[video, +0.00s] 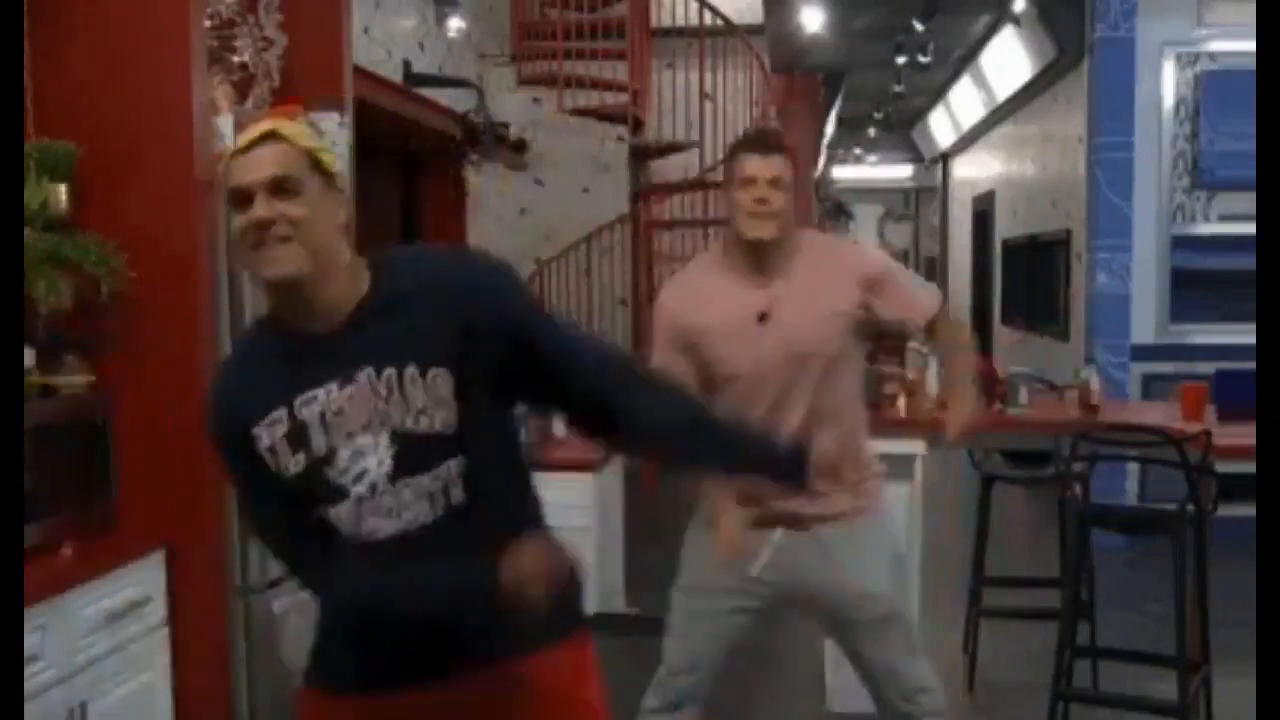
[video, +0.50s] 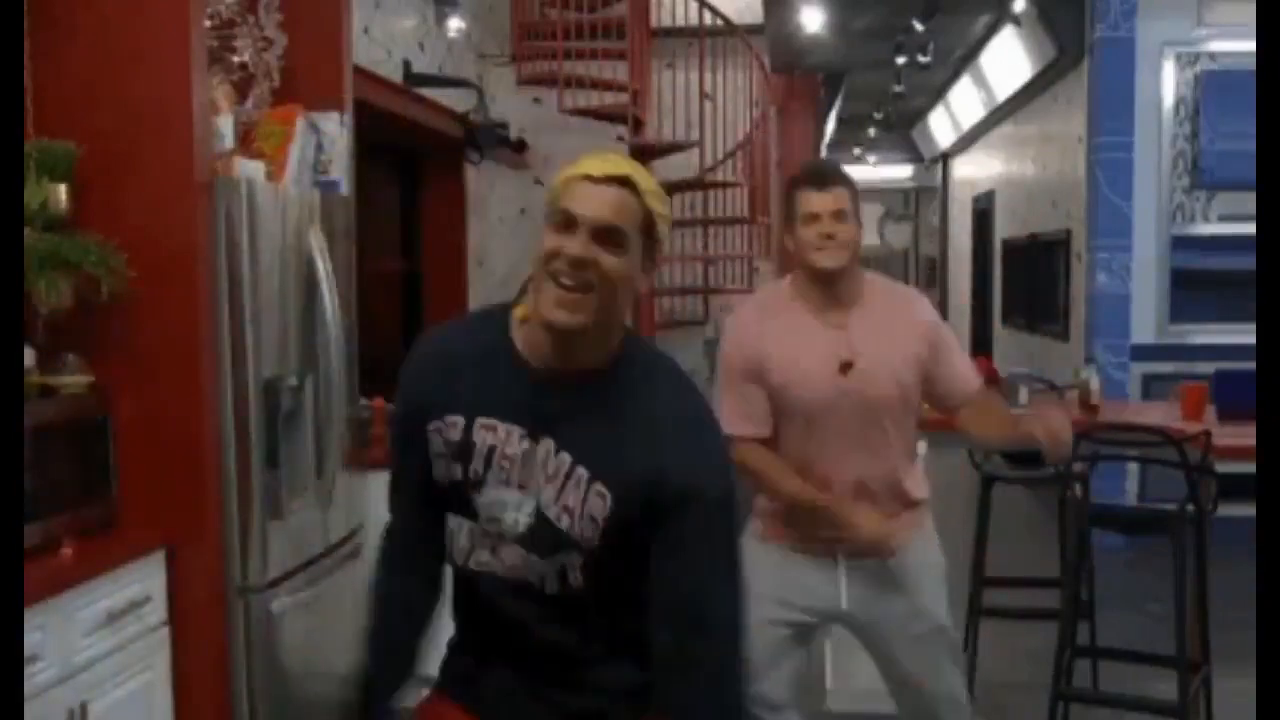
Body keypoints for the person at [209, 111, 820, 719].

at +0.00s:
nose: (261, 214)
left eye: (284, 191)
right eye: (241, 202)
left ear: (340, 205)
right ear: (230, 233)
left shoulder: (453, 289)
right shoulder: (240, 396)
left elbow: (614, 398)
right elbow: (332, 574)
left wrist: (784, 460)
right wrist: (491, 579)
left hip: (524, 655)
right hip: (365, 678)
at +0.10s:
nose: (345, 231)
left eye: (366, 207)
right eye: (324, 219)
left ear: (420, 219)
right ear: (314, 248)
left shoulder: (526, 287)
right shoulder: (320, 417)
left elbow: (688, 308)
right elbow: (387, 582)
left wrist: (847, 319)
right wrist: (456, 463)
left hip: (598, 668)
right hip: (442, 681)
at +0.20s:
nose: (387, 243)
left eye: (410, 219)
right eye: (366, 230)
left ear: (465, 231)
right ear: (351, 261)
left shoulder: (569, 306)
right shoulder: (359, 438)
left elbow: (718, 324)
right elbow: (421, 615)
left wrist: (869, 339)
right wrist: (455, 487)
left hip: (629, 679)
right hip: (475, 695)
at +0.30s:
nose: (425, 239)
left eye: (449, 216)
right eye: (404, 225)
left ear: (503, 230)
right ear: (385, 252)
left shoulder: (597, 317)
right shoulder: (382, 422)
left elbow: (749, 382)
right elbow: (428, 610)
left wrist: (881, 425)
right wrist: (500, 541)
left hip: (643, 675)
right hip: (491, 687)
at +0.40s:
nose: (502, 225)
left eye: (529, 204)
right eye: (481, 206)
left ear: (577, 222)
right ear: (459, 226)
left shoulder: (649, 358)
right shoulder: (410, 371)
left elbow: (760, 539)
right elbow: (433, 559)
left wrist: (907, 669)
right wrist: (529, 690)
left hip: (648, 674)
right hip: (483, 672)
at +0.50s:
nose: (574, 252)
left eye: (608, 241)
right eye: (564, 225)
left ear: (643, 272)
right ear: (541, 235)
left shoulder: (676, 430)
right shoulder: (444, 367)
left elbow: (701, 650)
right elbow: (412, 554)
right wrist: (374, 697)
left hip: (618, 699)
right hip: (478, 683)